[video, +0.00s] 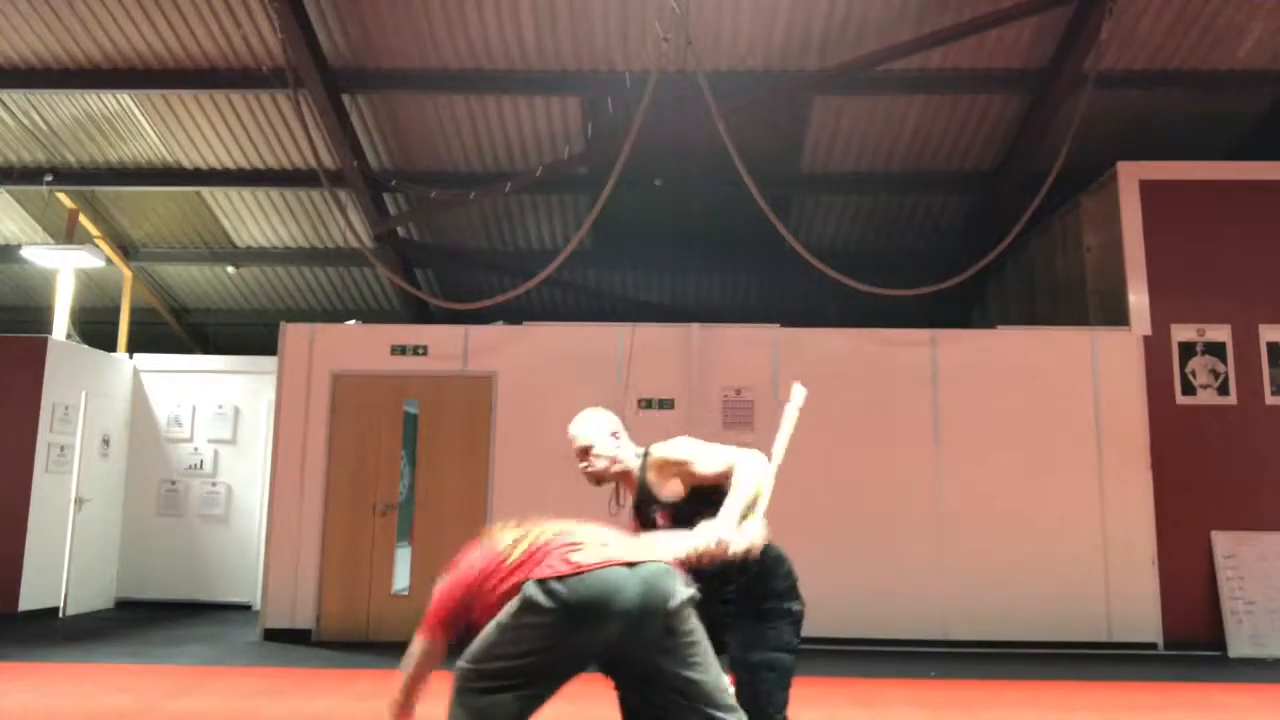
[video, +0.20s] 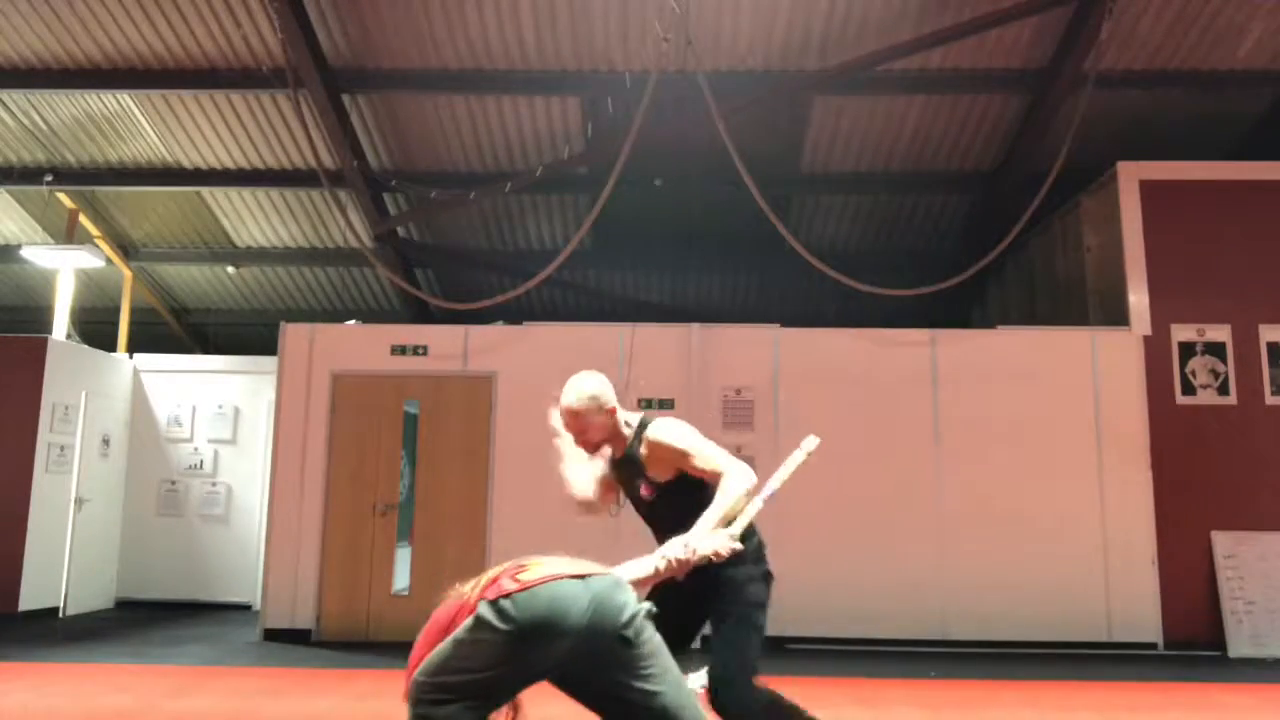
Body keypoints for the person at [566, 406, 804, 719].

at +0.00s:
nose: (581, 465)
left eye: (586, 452)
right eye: (578, 457)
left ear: (616, 438)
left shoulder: (669, 457)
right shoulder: (639, 501)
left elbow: (754, 464)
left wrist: (725, 522)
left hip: (760, 589)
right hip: (709, 593)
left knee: (762, 708)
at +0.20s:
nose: (574, 439)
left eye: (579, 429)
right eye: (571, 430)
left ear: (608, 412)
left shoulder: (662, 436)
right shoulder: (615, 457)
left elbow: (741, 476)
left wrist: (699, 534)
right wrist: (562, 439)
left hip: (735, 568)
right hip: (684, 571)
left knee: (730, 694)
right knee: (635, 669)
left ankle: (800, 716)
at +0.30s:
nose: (579, 415)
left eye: (584, 404)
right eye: (576, 406)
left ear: (612, 399)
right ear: (601, 403)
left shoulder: (672, 424)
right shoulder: (595, 450)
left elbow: (737, 483)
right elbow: (555, 507)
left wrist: (696, 534)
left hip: (729, 549)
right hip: (678, 558)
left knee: (705, 654)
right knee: (641, 657)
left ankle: (745, 715)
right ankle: (654, 715)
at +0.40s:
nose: (593, 401)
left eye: (601, 390)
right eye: (589, 391)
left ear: (632, 388)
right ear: (587, 391)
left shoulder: (691, 424)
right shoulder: (599, 445)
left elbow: (726, 497)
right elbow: (599, 522)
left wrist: (670, 553)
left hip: (708, 557)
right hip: (649, 563)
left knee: (714, 660)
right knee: (604, 651)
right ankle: (634, 714)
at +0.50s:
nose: (590, 416)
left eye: (593, 404)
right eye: (584, 408)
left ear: (619, 385)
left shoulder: (692, 424)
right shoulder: (591, 445)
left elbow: (718, 489)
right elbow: (597, 530)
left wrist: (678, 545)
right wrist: (627, 485)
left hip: (690, 564)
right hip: (628, 568)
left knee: (717, 663)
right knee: (560, 651)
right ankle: (532, 714)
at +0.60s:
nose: (556, 416)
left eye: (557, 404)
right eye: (550, 410)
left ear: (581, 384)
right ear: (555, 409)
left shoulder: (660, 417)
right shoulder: (575, 440)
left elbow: (720, 468)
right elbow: (573, 500)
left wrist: (698, 512)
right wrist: (593, 433)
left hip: (662, 568)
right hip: (603, 574)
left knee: (702, 659)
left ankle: (741, 714)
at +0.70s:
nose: (520, 423)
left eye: (520, 410)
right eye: (512, 418)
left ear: (544, 384)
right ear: (510, 418)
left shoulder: (624, 419)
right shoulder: (529, 451)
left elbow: (694, 459)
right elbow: (528, 535)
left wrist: (677, 490)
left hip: (633, 575)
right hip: (564, 579)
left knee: (678, 670)